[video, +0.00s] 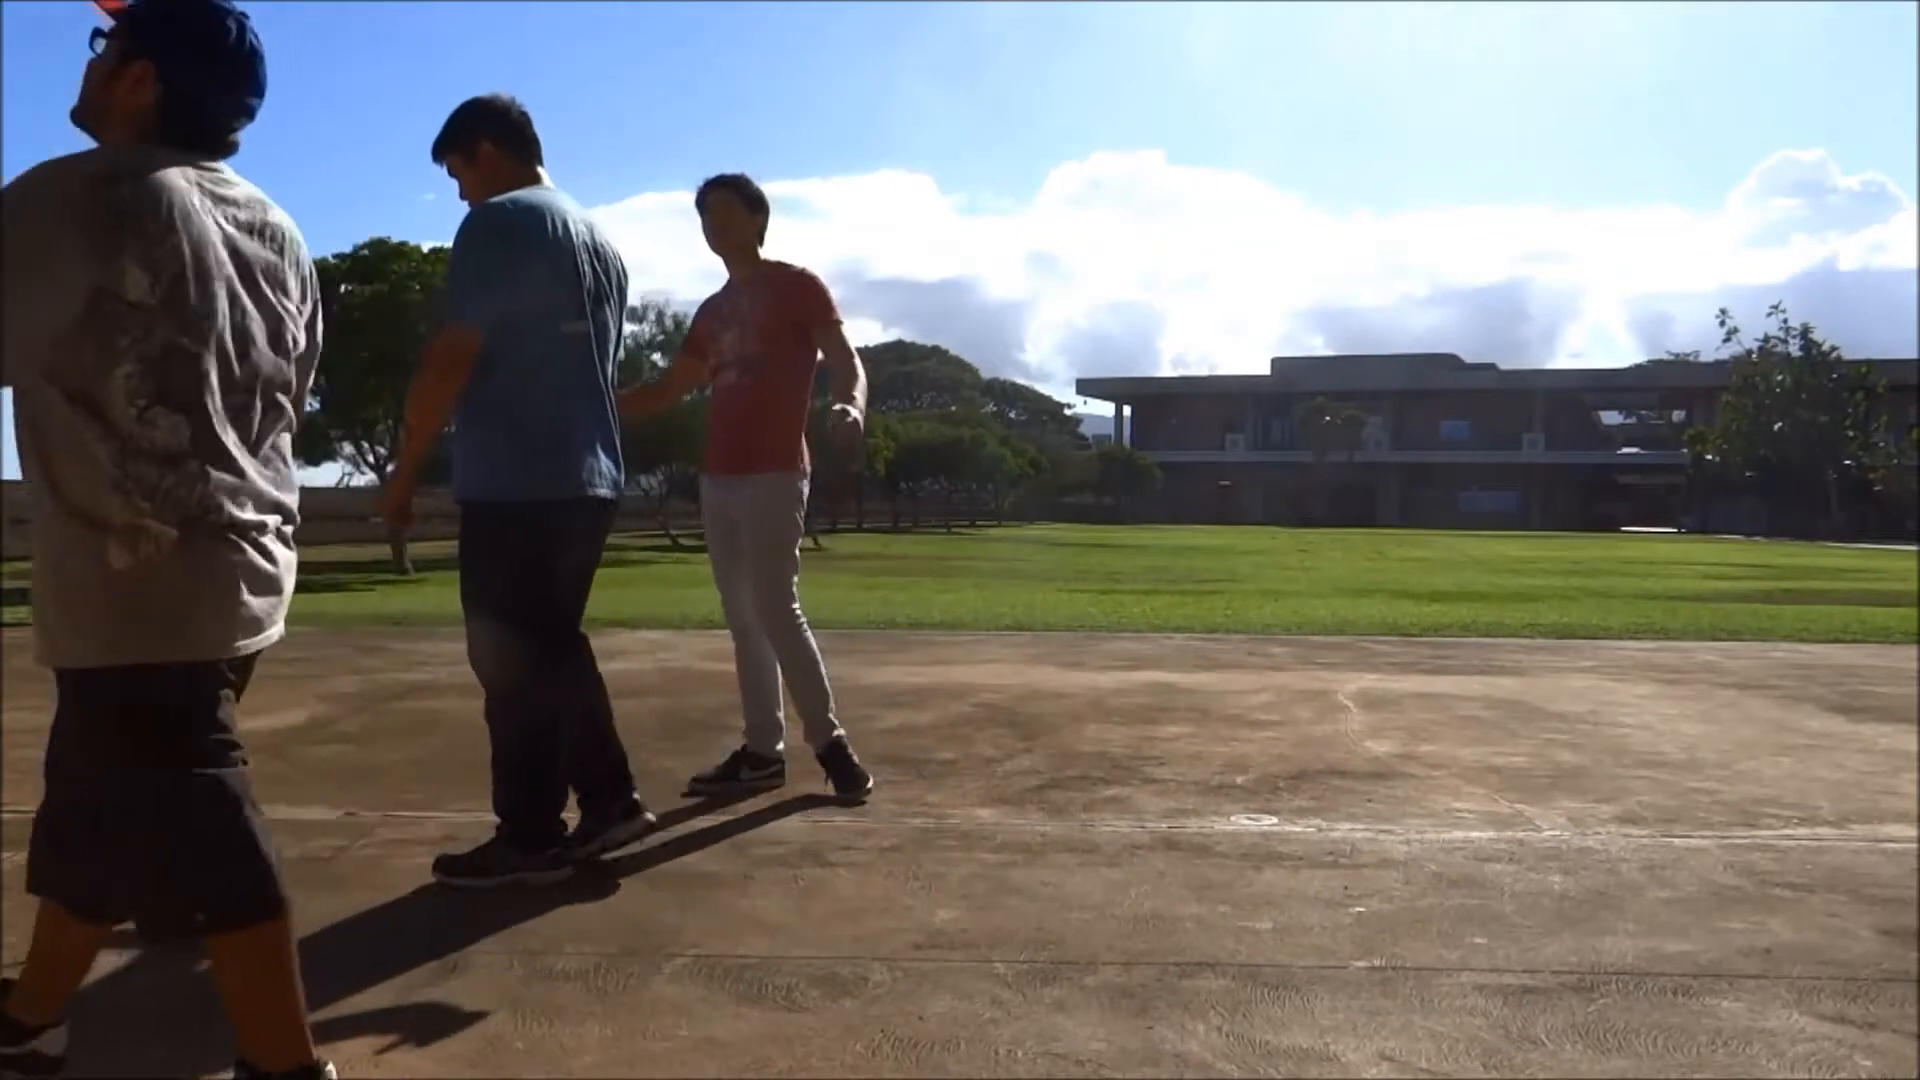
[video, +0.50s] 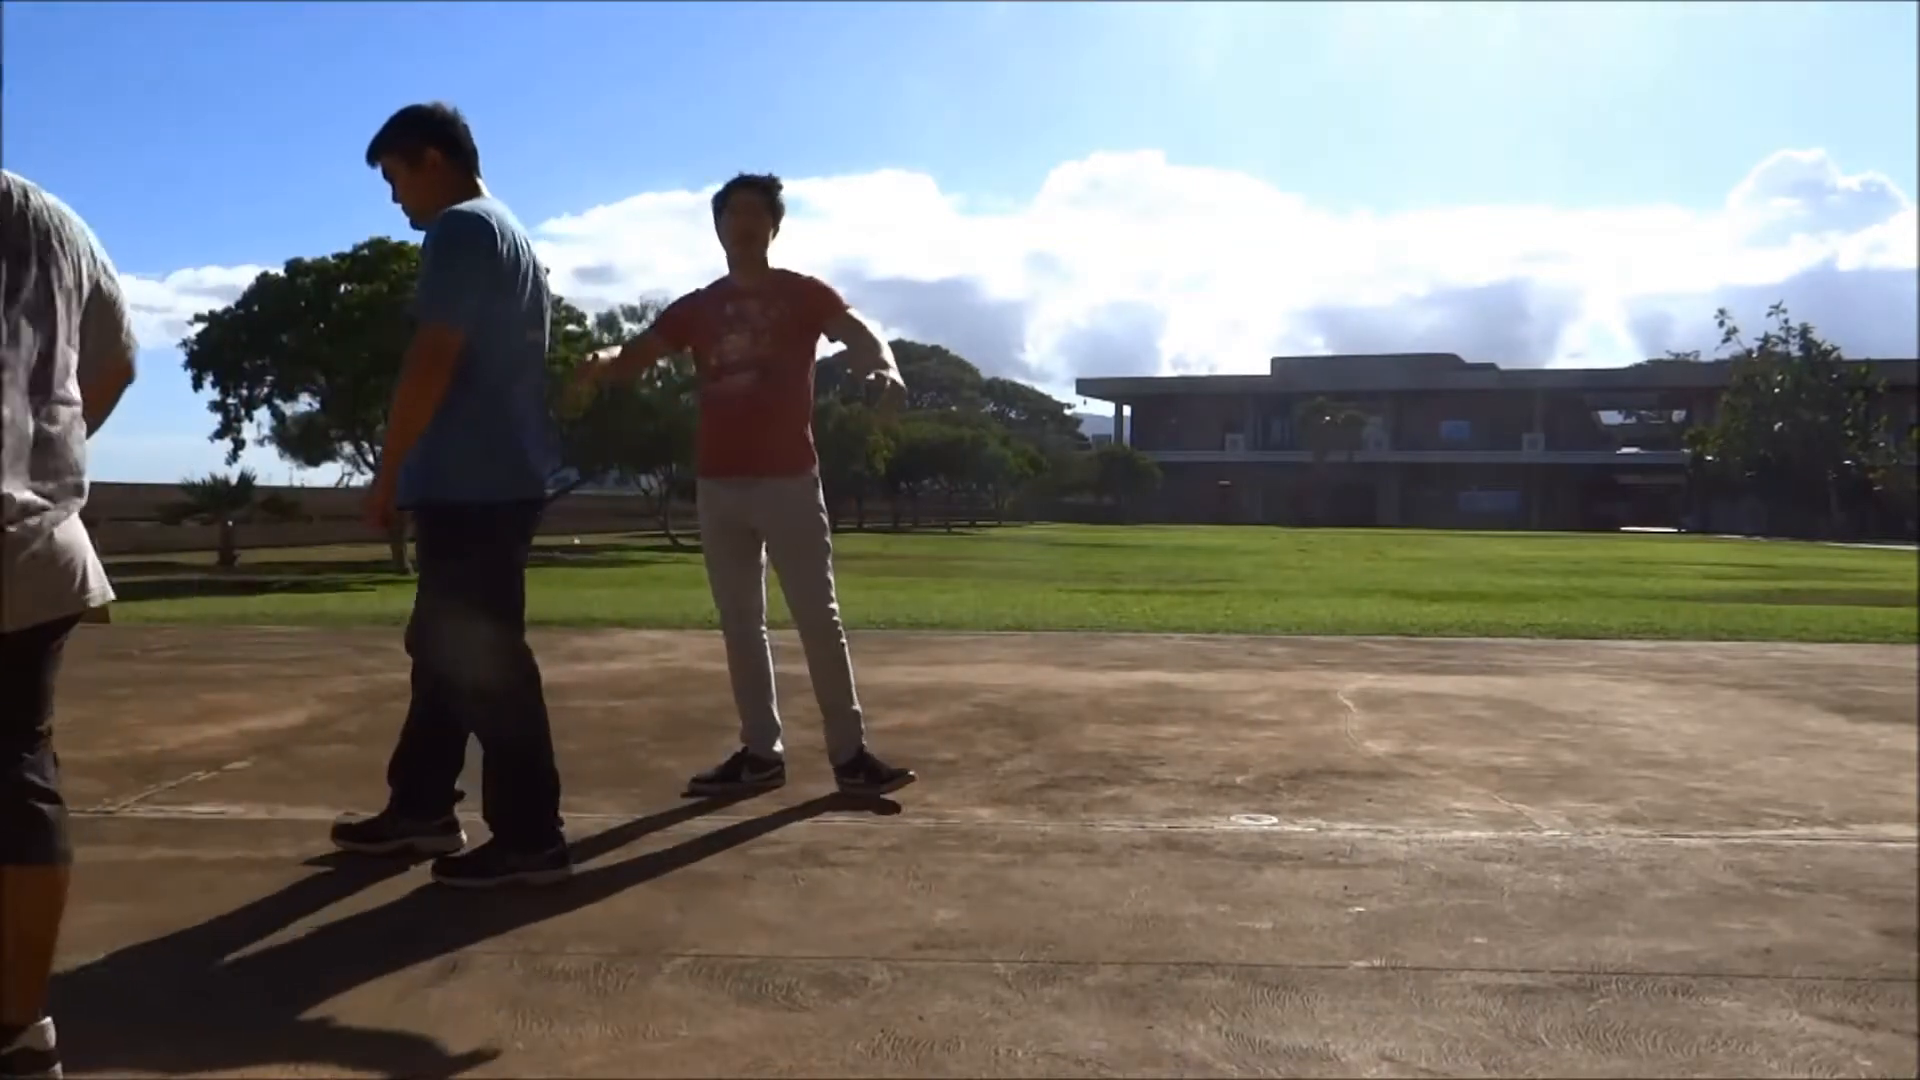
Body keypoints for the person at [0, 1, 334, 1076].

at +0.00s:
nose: (88, 76)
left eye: (104, 56)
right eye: (99, 53)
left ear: (138, 81)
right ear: (214, 101)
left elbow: (6, 339)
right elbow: (286, 400)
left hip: (124, 585)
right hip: (246, 574)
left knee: (205, 820)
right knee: (96, 803)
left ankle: (290, 1064)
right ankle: (29, 1020)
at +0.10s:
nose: (38, 89)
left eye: (53, 70)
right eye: (49, 70)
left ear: (86, 91)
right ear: (175, 115)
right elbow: (246, 398)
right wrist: (149, 476)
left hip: (44, 575)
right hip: (177, 574)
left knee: (103, 814)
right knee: (40, 813)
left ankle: (258, 1049)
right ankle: (13, 1025)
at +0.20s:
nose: (4, 90)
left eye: (13, 70)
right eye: (13, 69)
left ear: (37, 83)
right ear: (128, 103)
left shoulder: (24, 197)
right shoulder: (185, 227)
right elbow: (216, 395)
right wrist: (114, 438)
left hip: (29, 572)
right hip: (140, 571)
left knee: (4, 794)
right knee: (63, 803)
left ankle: (163, 986)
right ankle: (22, 1021)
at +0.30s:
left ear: (8, 83)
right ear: (84, 88)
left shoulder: (11, 190)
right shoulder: (139, 215)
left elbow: (172, 375)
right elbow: (184, 370)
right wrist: (118, 458)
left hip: (20, 556)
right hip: (107, 550)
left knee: (10, 774)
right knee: (55, 780)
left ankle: (44, 958)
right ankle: (39, 1008)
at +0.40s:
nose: (34, 105)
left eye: (22, 88)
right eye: (37, 89)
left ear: (2, 90)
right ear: (36, 95)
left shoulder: (67, 209)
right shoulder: (84, 210)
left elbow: (142, 369)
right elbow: (148, 370)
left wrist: (63, 466)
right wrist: (73, 458)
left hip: (26, 546)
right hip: (63, 548)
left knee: (36, 772)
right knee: (41, 769)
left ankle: (25, 1022)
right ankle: (25, 1024)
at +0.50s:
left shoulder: (46, 219)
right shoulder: (46, 218)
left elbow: (108, 362)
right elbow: (111, 361)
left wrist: (41, 450)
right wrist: (44, 448)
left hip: (24, 536)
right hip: (34, 539)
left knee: (24, 763)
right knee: (24, 760)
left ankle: (24, 1017)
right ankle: (24, 1018)